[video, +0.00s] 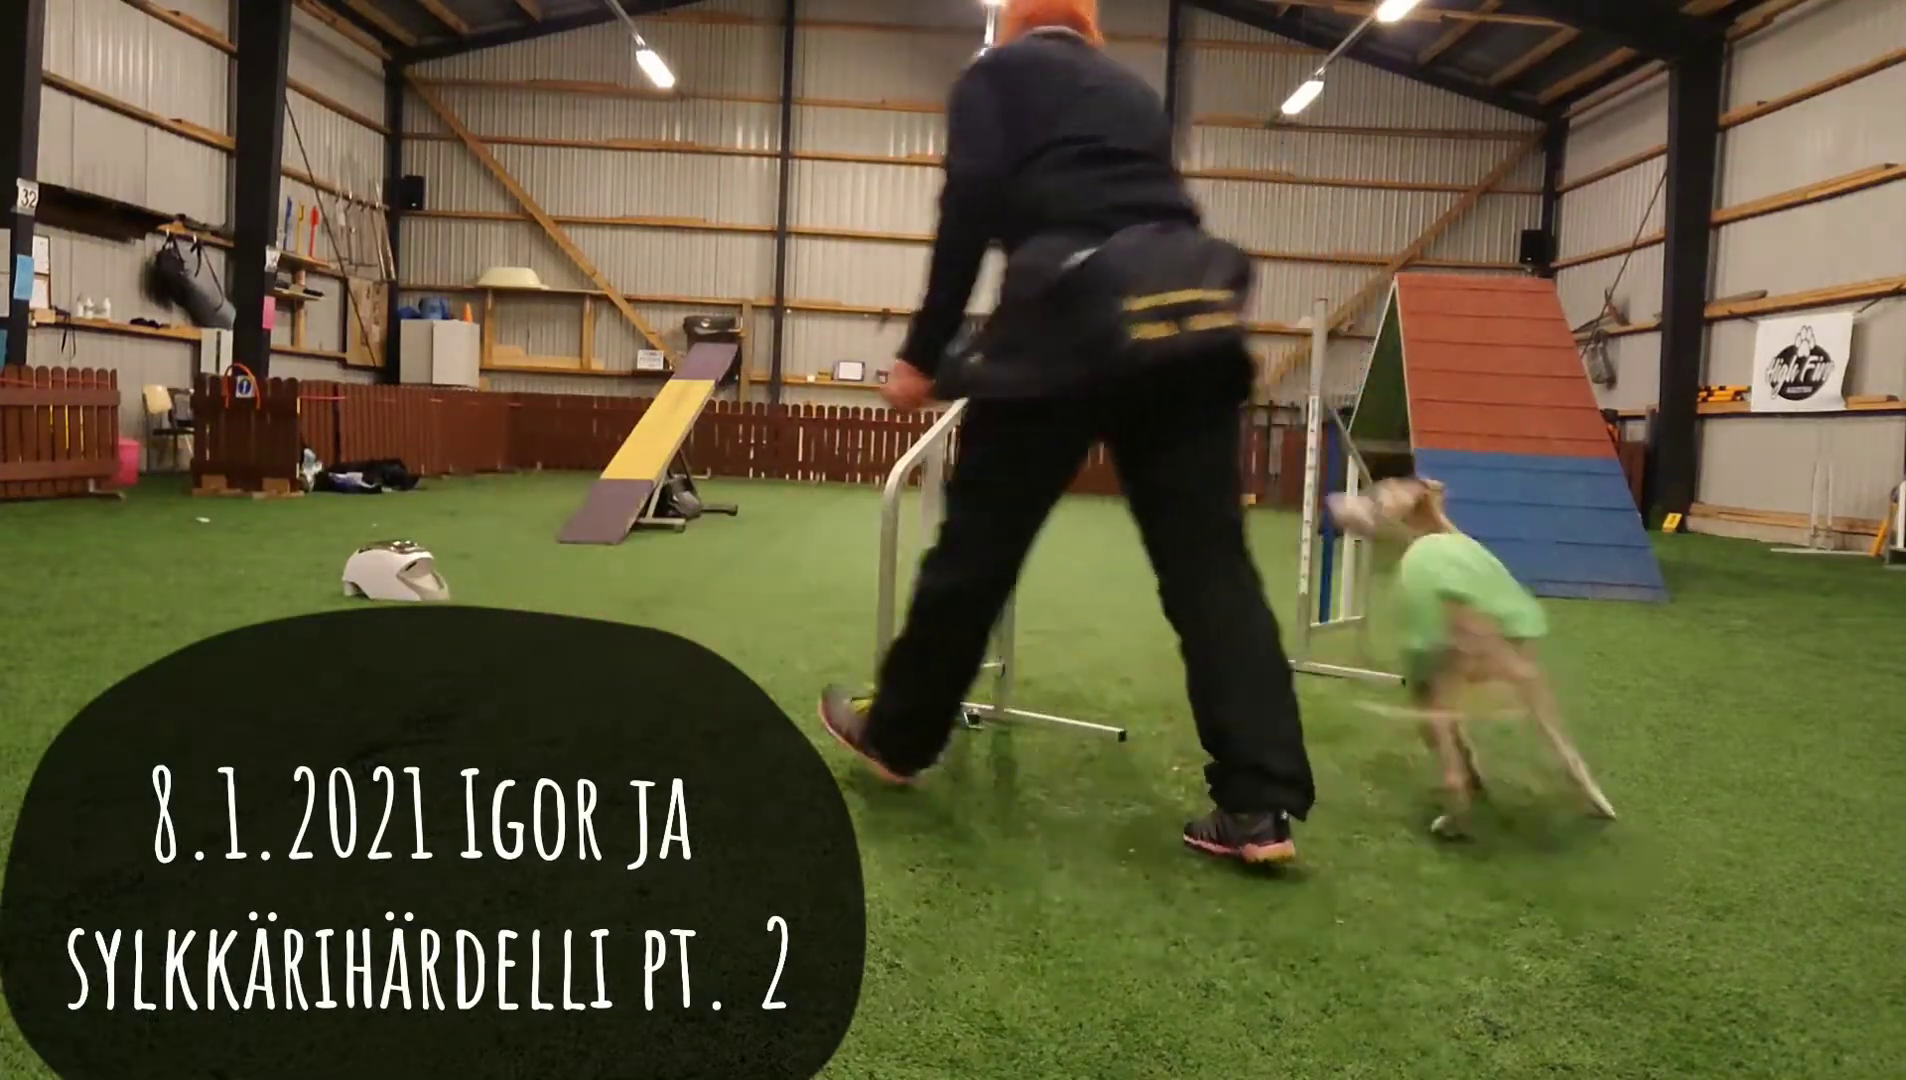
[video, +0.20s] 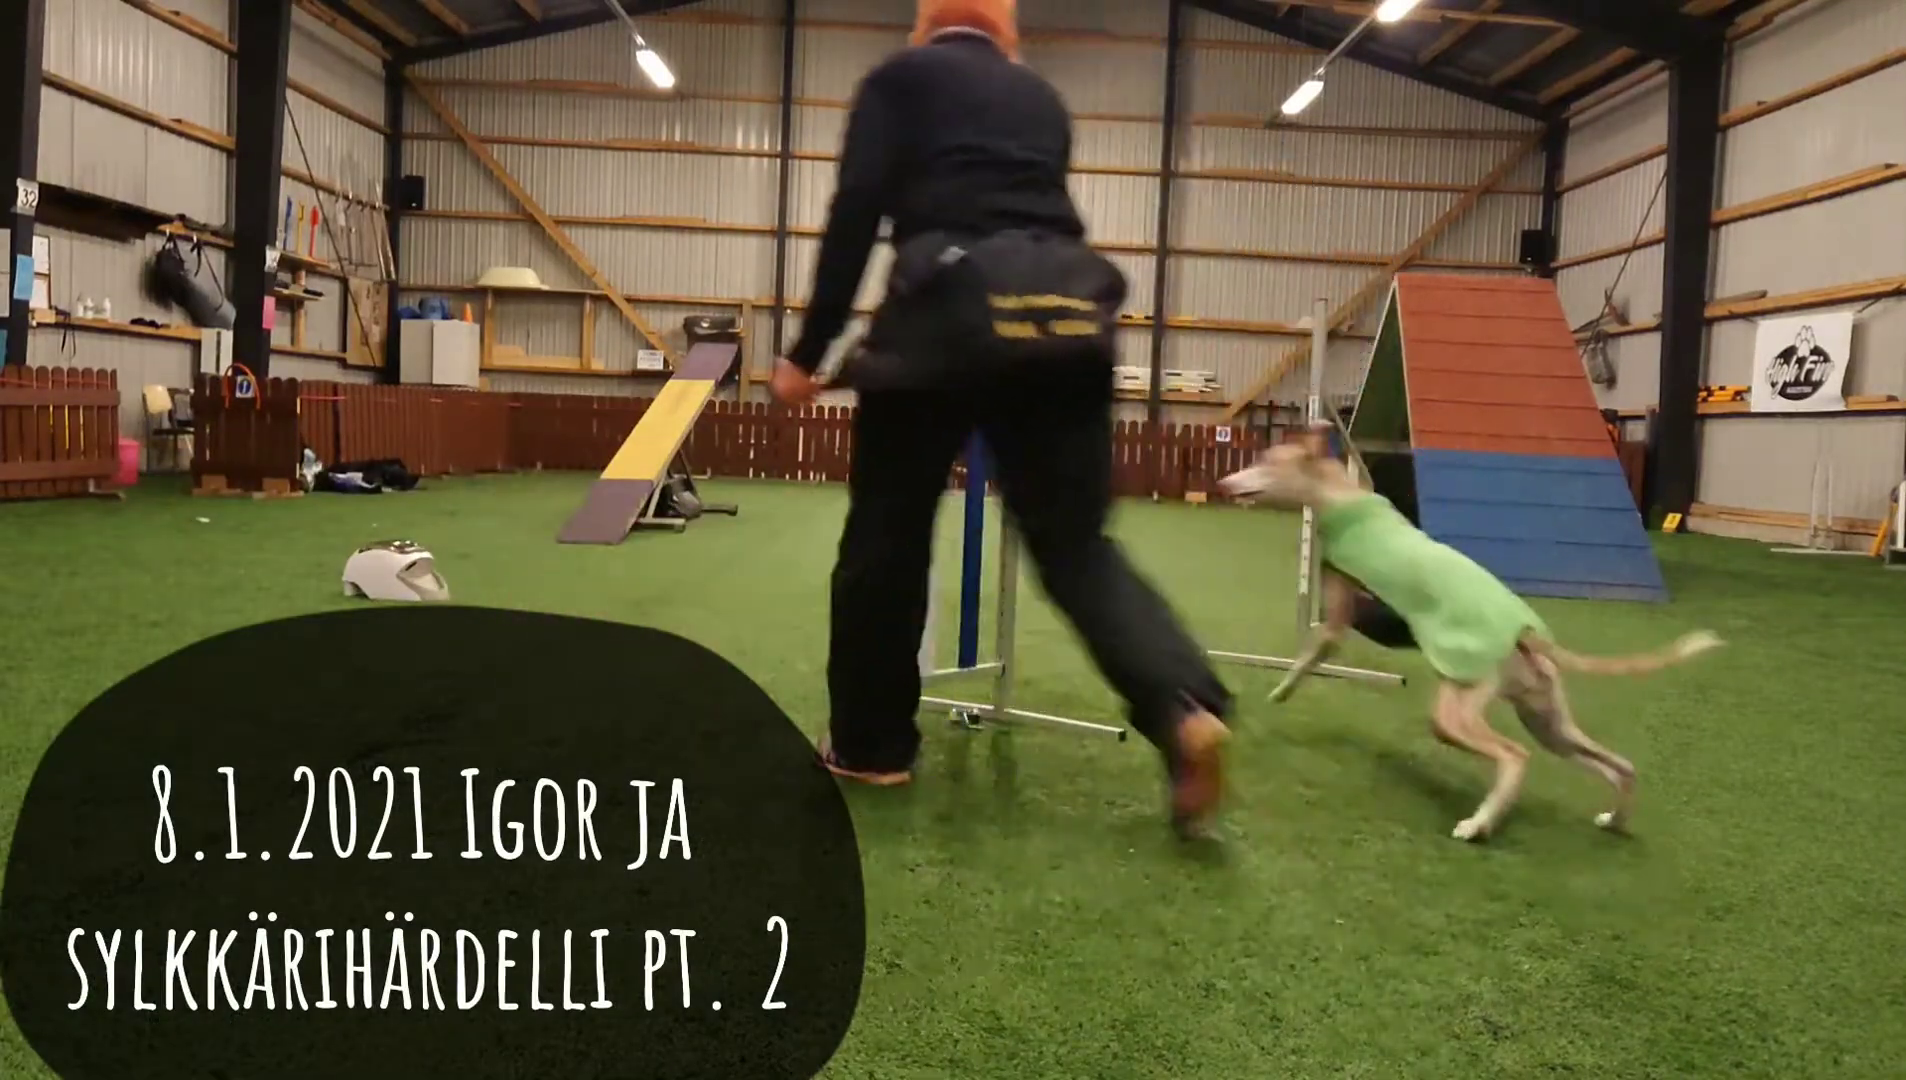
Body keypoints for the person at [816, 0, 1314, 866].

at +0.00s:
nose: (994, 32)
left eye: (997, 25)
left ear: (1013, 27)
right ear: (1090, 33)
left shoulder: (990, 76)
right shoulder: (1132, 88)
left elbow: (971, 202)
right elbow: (1155, 218)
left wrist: (923, 354)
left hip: (1061, 337)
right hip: (1188, 336)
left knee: (976, 549)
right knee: (1209, 568)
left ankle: (898, 737)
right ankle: (1261, 808)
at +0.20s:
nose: (908, 34)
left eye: (911, 25)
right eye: (1019, 34)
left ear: (926, 27)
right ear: (1005, 36)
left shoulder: (897, 77)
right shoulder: (1040, 94)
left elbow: (856, 211)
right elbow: (1045, 217)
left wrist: (806, 352)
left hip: (938, 324)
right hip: (1063, 326)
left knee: (885, 533)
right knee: (1075, 540)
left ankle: (873, 745)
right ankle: (1183, 709)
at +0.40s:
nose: (859, 30)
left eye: (861, 22)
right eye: (958, 32)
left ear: (872, 24)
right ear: (946, 37)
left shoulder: (843, 68)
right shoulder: (986, 105)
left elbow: (789, 199)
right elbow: (984, 230)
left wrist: (740, 337)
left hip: (877, 322)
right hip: (989, 329)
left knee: (852, 533)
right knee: (910, 506)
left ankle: (872, 745)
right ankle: (991, 678)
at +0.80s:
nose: (777, 28)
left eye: (779, 20)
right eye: (782, 23)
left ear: (795, 19)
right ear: (865, 36)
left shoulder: (776, 61)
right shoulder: (893, 108)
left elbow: (733, 181)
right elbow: (882, 232)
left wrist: (674, 301)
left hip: (800, 313)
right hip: (888, 323)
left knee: (792, 511)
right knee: (809, 510)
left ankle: (869, 718)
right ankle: (770, 692)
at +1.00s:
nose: (751, 31)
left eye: (754, 24)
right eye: (757, 27)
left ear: (769, 19)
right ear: (834, 29)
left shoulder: (762, 52)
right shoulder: (861, 95)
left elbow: (726, 174)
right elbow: (847, 219)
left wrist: (669, 288)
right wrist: (752, 315)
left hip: (801, 296)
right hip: (877, 307)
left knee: (787, 498)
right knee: (803, 499)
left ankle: (868, 693)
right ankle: (774, 693)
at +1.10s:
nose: (745, 32)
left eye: (747, 24)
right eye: (748, 28)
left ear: (768, 16)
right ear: (827, 25)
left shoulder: (765, 47)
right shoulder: (855, 90)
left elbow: (732, 166)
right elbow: (844, 213)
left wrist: (677, 283)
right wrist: (754, 317)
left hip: (803, 295)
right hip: (871, 305)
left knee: (786, 497)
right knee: (805, 499)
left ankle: (876, 686)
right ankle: (775, 693)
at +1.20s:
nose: (747, 29)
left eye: (750, 22)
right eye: (749, 25)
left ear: (770, 11)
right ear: (830, 19)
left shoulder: (770, 44)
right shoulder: (856, 84)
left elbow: (743, 166)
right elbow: (843, 212)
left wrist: (688, 279)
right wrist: (757, 322)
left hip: (807, 296)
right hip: (871, 304)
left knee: (792, 495)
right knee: (811, 496)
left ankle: (894, 680)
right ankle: (775, 694)